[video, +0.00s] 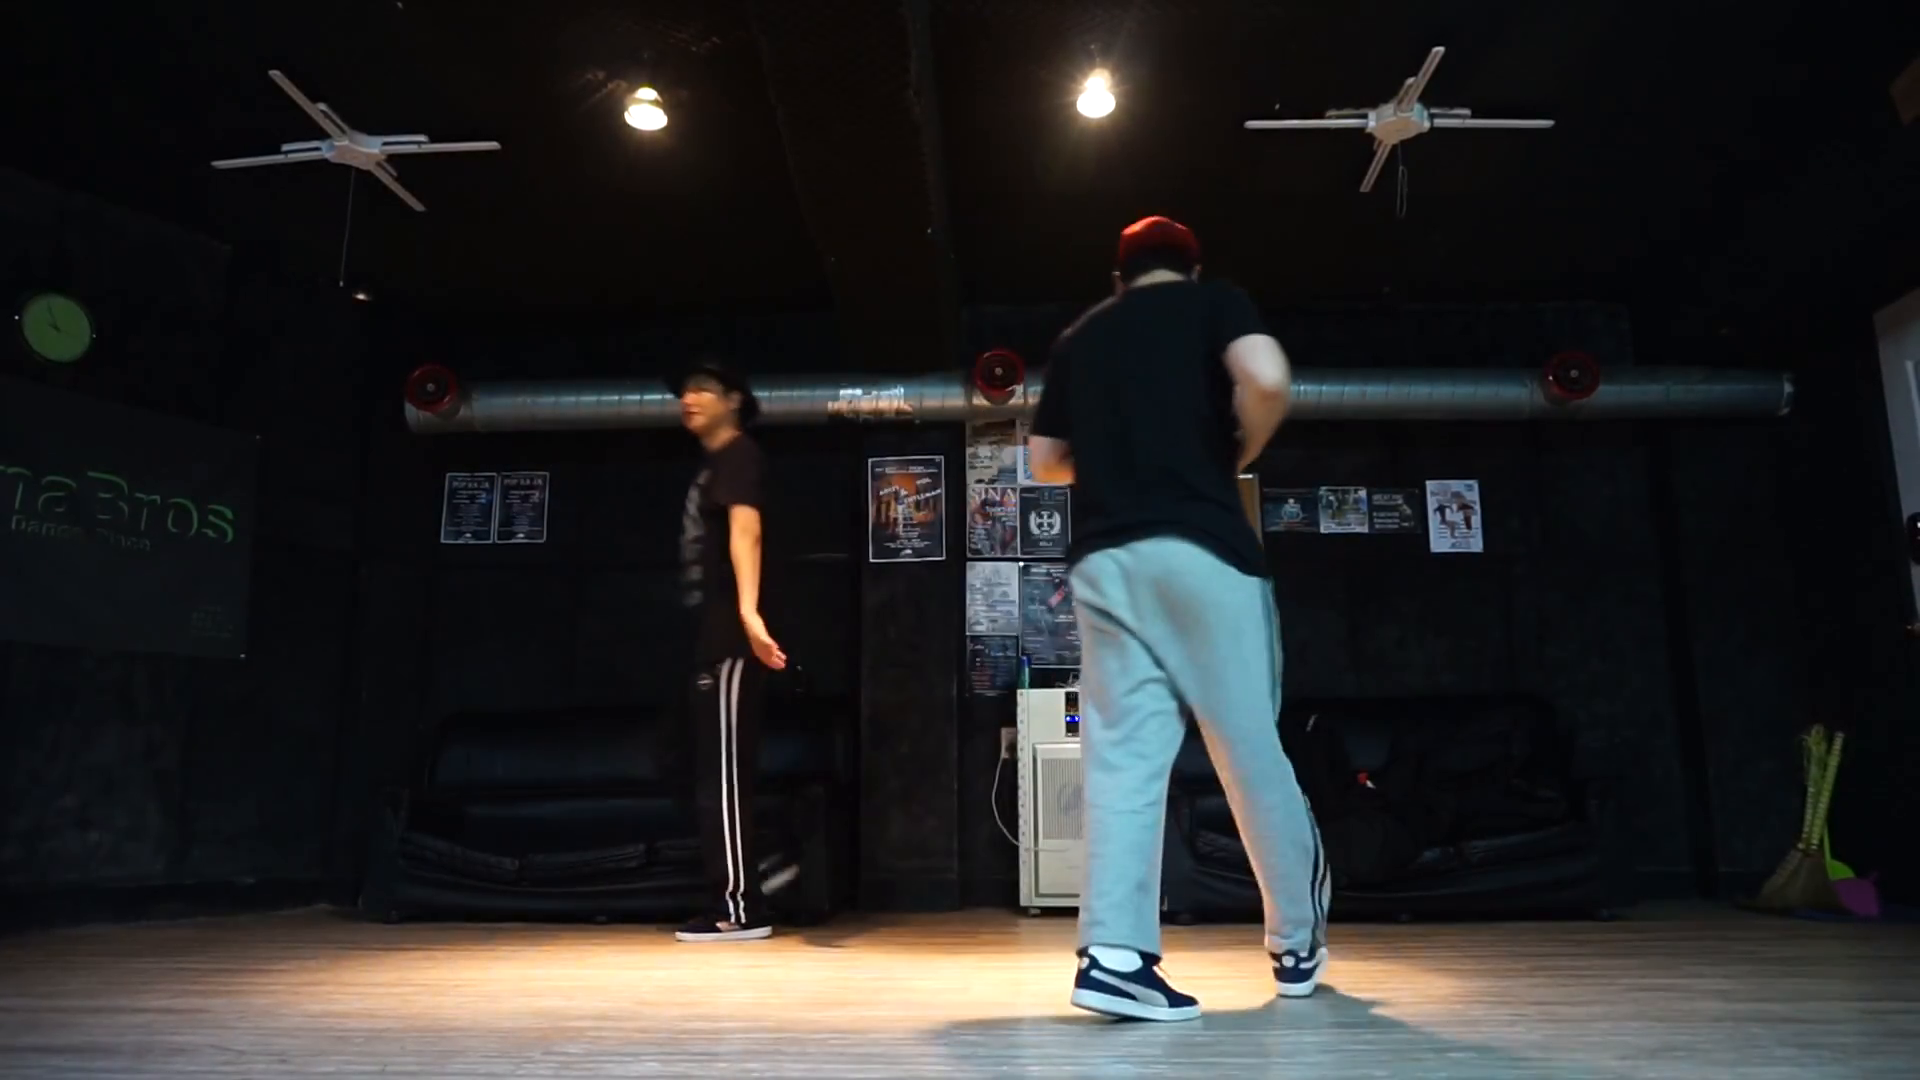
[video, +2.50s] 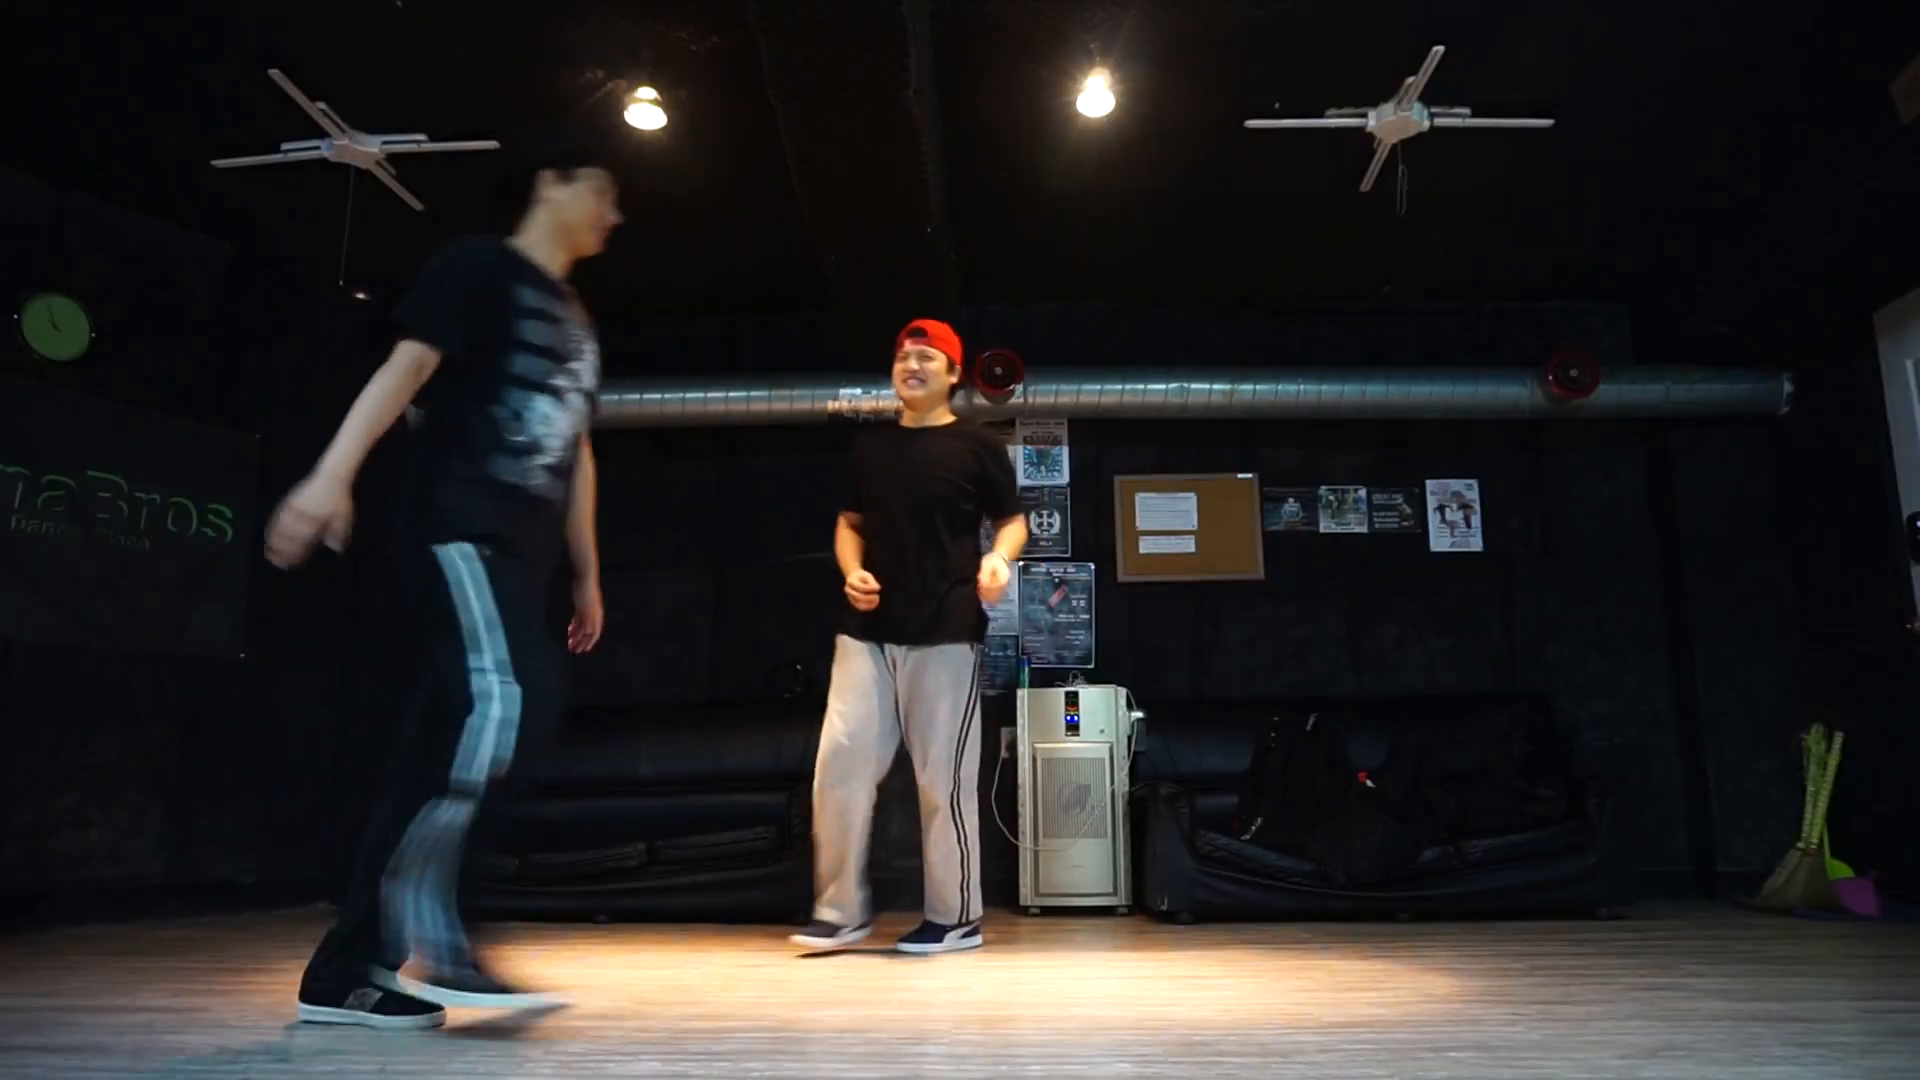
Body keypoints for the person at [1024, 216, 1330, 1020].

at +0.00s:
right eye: (1186, 264)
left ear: (1119, 275)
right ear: (1192, 267)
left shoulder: (1078, 339)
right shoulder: (1215, 300)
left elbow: (1047, 461)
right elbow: (1267, 381)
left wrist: (1120, 461)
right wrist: (1241, 457)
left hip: (1103, 555)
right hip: (1199, 542)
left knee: (1124, 757)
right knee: (1250, 751)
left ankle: (1114, 958)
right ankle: (1296, 944)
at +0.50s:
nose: (1171, 340)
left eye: (1169, 330)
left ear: (1174, 331)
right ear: (1241, 324)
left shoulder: (1148, 377)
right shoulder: (1291, 378)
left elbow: (1107, 461)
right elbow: (1342, 491)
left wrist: (1132, 533)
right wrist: (1274, 490)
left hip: (1185, 596)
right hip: (1276, 592)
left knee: (1187, 764)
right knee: (1285, 775)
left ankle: (1227, 919)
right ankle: (1288, 948)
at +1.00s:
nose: (1090, 395)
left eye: (1094, 381)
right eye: (1088, 382)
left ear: (1126, 374)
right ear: (1148, 374)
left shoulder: (1152, 423)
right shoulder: (1209, 424)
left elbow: (1187, 510)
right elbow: (1255, 526)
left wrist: (1099, 533)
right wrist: (1185, 549)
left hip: (1159, 635)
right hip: (1220, 630)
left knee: (1141, 788)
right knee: (1205, 770)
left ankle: (1216, 936)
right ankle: (1263, 869)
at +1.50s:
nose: (1026, 406)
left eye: (1037, 394)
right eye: (1023, 397)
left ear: (1071, 395)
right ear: (1035, 405)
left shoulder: (1084, 435)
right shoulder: (1101, 441)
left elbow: (1111, 494)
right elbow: (1166, 528)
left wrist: (1025, 534)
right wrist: (1099, 564)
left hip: (1105, 645)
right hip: (1091, 643)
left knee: (1085, 787)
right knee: (1061, 782)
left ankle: (1200, 892)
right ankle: (1090, 923)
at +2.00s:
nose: (970, 385)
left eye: (983, 376)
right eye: (964, 377)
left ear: (1012, 390)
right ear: (957, 393)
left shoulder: (1035, 444)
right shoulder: (973, 465)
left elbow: (1097, 509)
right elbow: (952, 552)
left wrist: (1049, 578)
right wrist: (883, 541)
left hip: (1019, 634)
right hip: (993, 636)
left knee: (966, 766)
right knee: (1025, 774)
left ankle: (950, 917)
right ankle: (1089, 912)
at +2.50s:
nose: (911, 365)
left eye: (925, 357)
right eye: (904, 356)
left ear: (952, 375)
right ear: (893, 371)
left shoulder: (977, 446)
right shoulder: (869, 444)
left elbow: (1013, 521)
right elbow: (848, 523)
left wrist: (997, 557)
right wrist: (852, 570)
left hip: (942, 635)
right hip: (866, 635)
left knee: (943, 780)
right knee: (840, 767)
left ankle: (955, 920)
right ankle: (839, 917)